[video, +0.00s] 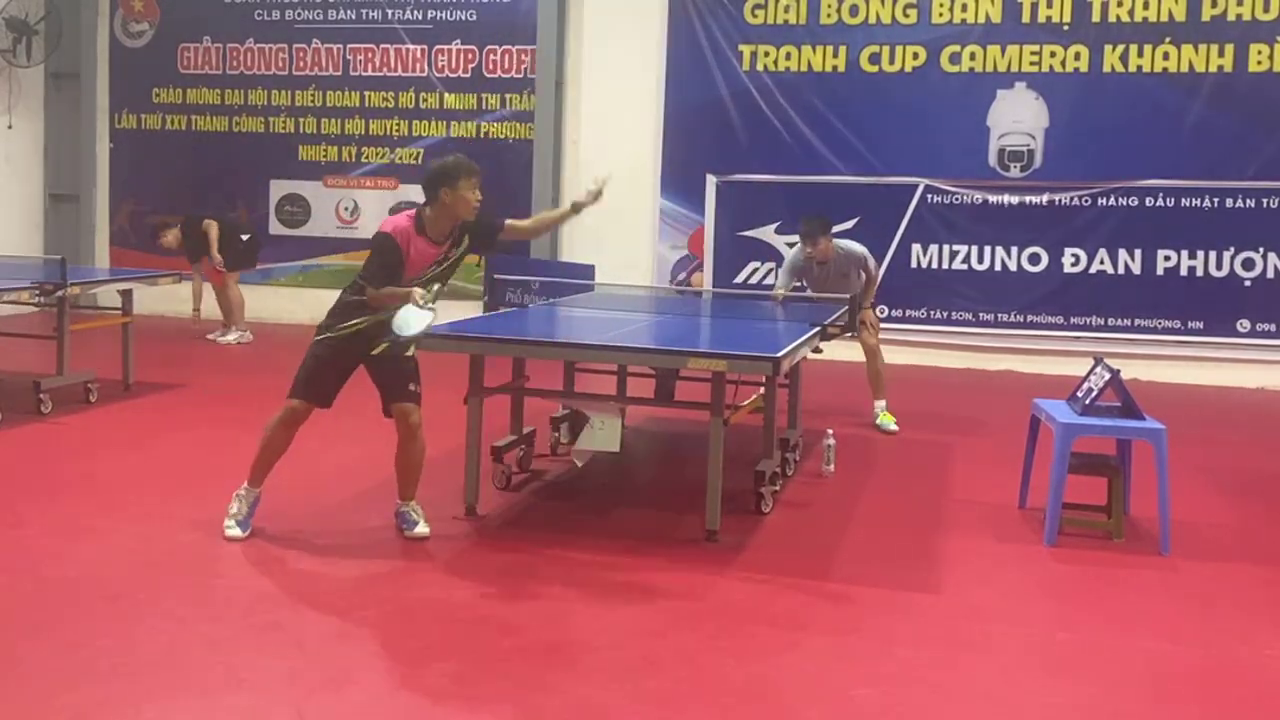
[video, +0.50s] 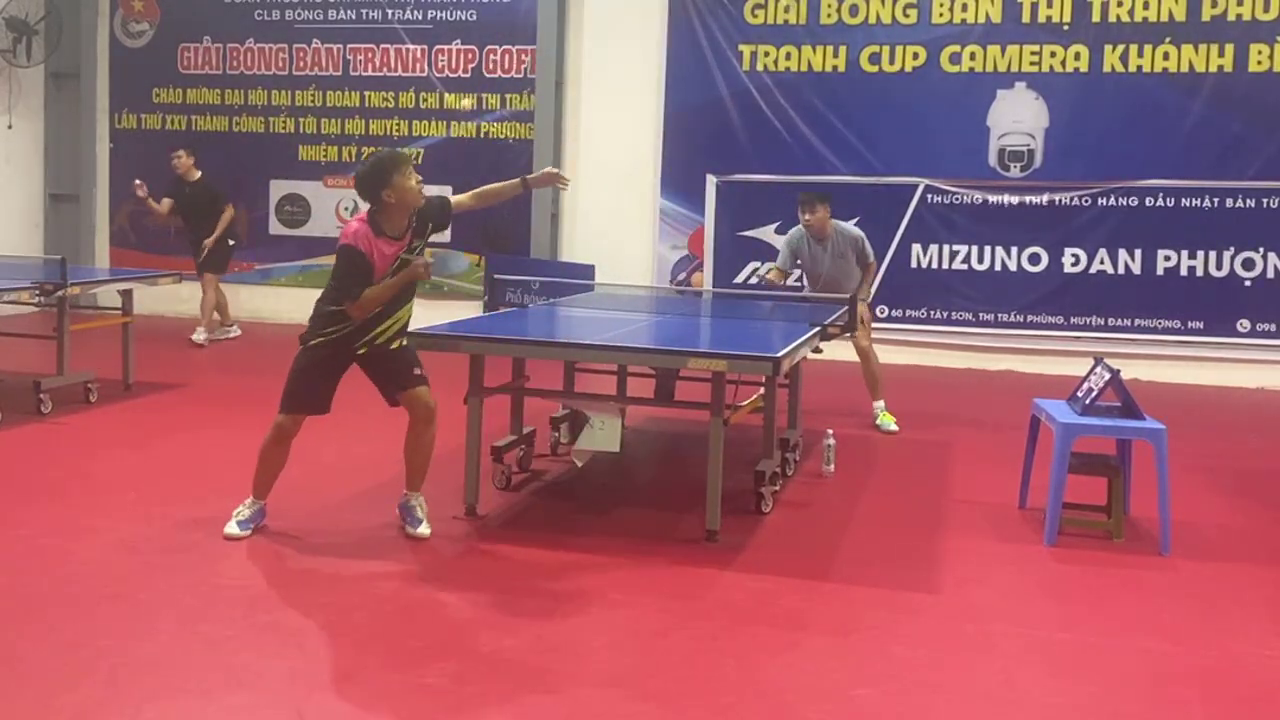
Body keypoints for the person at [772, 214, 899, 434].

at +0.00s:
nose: (808, 250)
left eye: (814, 244)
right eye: (805, 245)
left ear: (829, 240)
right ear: (801, 242)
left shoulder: (855, 252)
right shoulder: (797, 257)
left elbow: (873, 274)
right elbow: (778, 293)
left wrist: (866, 306)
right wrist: (779, 296)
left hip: (856, 304)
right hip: (820, 307)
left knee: (871, 345)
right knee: (785, 339)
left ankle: (881, 410)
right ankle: (765, 394)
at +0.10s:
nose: (809, 250)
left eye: (815, 243)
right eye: (806, 244)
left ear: (829, 238)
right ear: (802, 241)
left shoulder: (855, 252)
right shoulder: (798, 257)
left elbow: (873, 274)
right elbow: (779, 289)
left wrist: (866, 307)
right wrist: (779, 295)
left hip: (856, 304)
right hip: (821, 308)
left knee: (872, 345)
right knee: (786, 338)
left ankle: (881, 410)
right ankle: (766, 393)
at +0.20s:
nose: (810, 246)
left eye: (816, 240)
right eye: (807, 240)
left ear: (831, 235)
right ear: (802, 239)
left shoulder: (857, 251)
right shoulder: (799, 253)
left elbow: (873, 276)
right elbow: (787, 276)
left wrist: (867, 307)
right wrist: (780, 289)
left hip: (857, 303)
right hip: (822, 306)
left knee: (872, 345)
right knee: (787, 337)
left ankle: (881, 410)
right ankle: (767, 393)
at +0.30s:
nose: (811, 240)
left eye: (817, 234)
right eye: (807, 234)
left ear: (831, 231)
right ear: (803, 233)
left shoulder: (857, 247)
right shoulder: (800, 251)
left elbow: (874, 274)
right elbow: (785, 280)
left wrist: (867, 307)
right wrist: (778, 292)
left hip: (857, 302)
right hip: (822, 305)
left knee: (872, 345)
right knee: (787, 339)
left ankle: (880, 410)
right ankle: (767, 393)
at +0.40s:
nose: (811, 230)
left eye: (816, 223)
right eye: (806, 224)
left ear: (831, 221)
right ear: (802, 224)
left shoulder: (856, 242)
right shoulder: (800, 246)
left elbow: (873, 270)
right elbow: (782, 279)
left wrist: (866, 303)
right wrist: (777, 284)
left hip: (857, 301)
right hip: (821, 304)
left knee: (868, 344)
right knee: (787, 338)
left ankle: (880, 410)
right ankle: (767, 394)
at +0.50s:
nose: (806, 218)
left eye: (812, 213)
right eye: (802, 213)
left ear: (828, 212)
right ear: (799, 214)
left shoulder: (852, 235)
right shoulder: (795, 238)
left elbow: (870, 265)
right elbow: (780, 272)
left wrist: (861, 298)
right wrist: (773, 278)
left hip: (853, 301)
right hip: (816, 302)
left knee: (863, 347)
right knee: (784, 340)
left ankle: (880, 410)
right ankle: (766, 394)